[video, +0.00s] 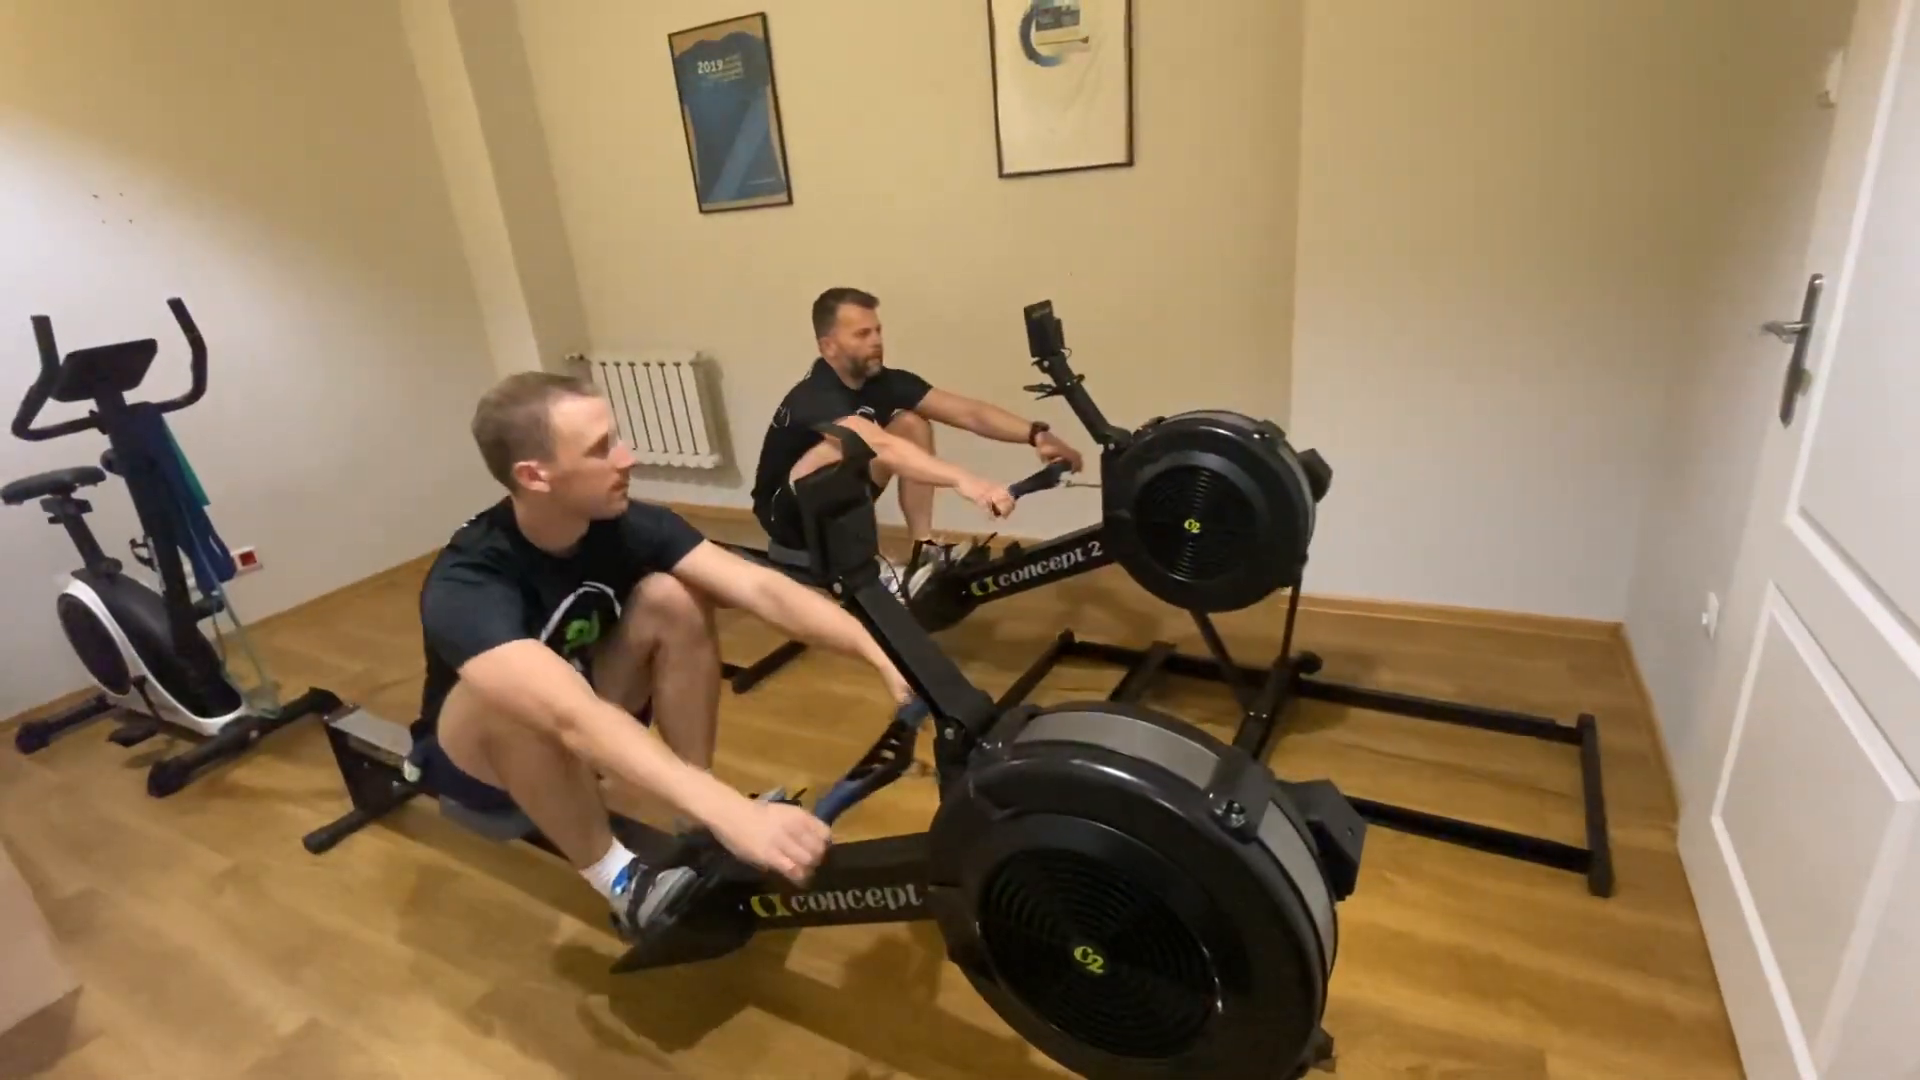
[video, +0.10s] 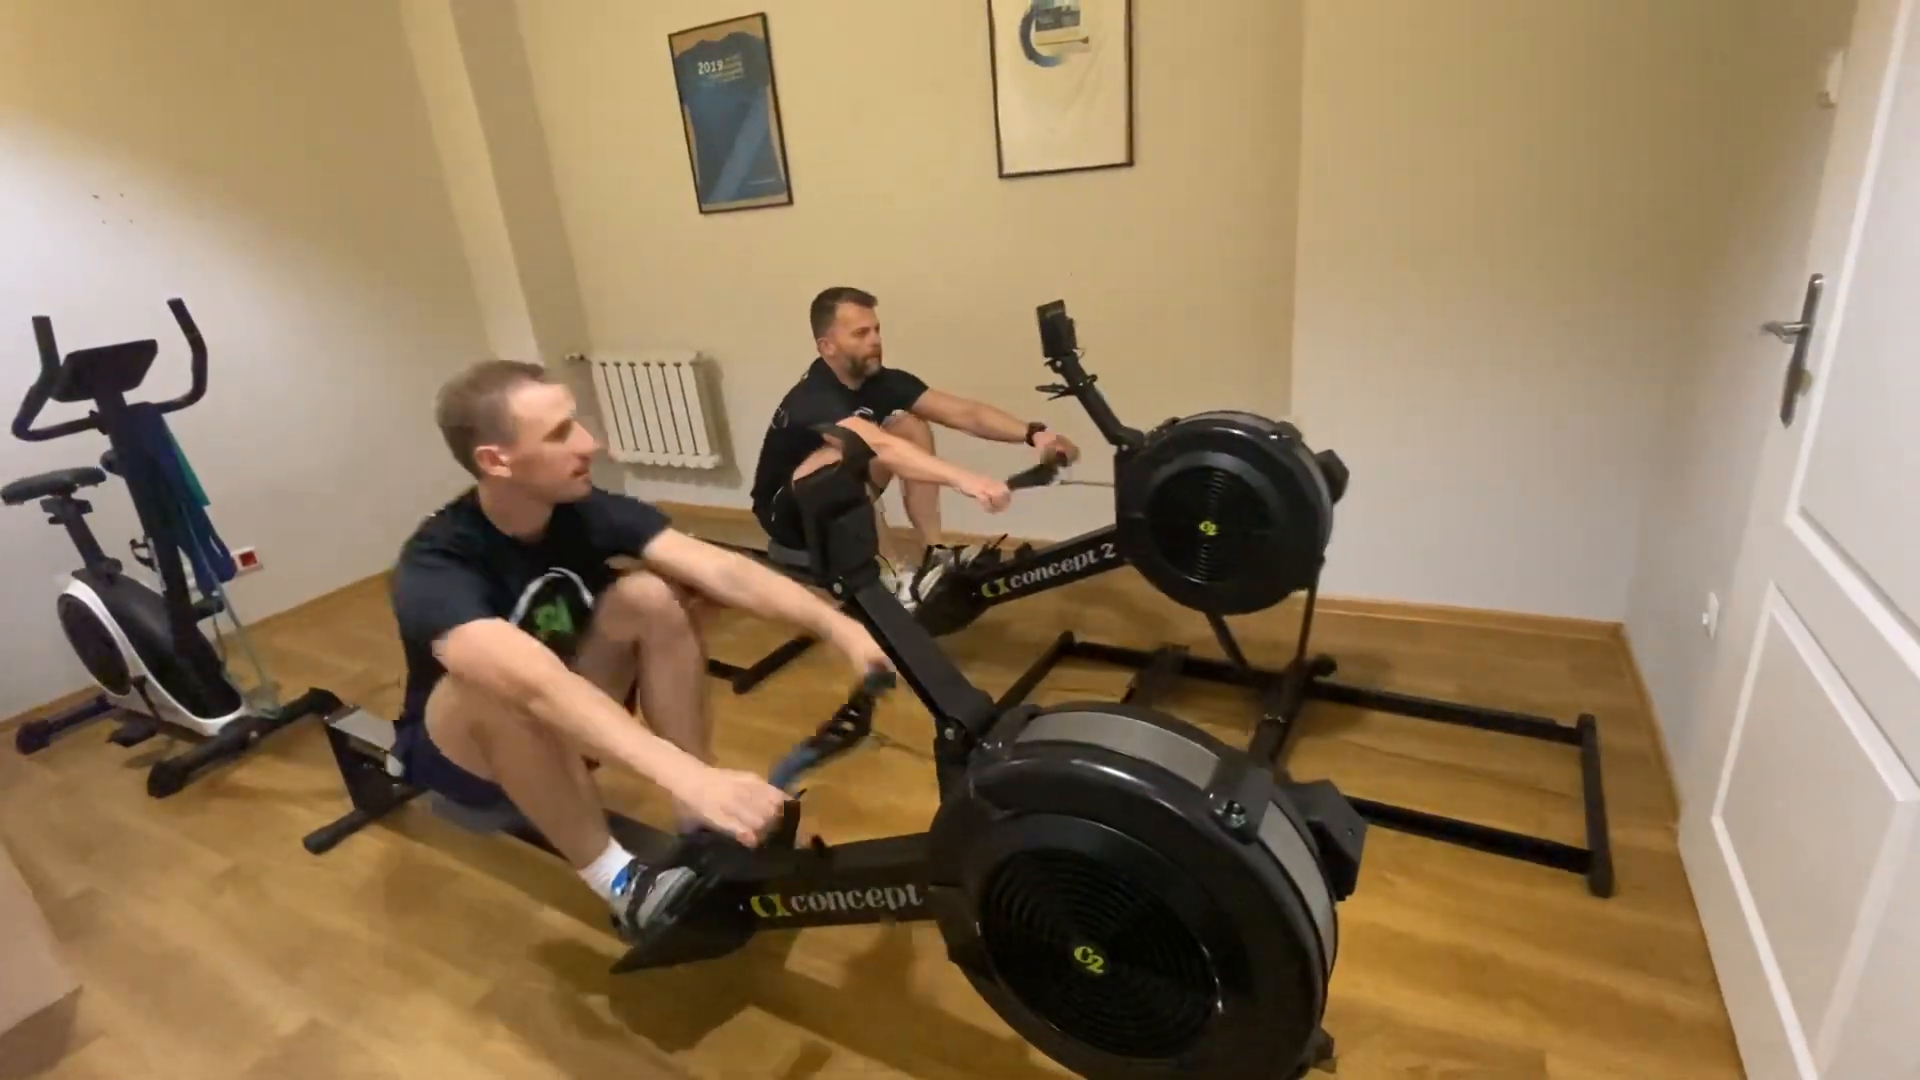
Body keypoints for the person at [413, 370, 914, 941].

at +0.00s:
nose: (627, 458)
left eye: (618, 439)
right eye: (602, 449)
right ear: (535, 475)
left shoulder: (629, 527)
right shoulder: (466, 590)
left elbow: (761, 590)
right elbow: (579, 717)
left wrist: (882, 651)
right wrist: (736, 814)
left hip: (585, 738)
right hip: (485, 786)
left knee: (670, 600)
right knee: (517, 689)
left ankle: (700, 816)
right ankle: (621, 883)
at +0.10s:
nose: (589, 444)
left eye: (577, 424)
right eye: (561, 435)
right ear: (495, 461)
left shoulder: (588, 513)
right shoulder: (436, 567)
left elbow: (717, 570)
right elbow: (538, 686)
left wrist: (838, 626)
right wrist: (693, 781)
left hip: (563, 726)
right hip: (467, 769)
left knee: (650, 598)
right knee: (504, 686)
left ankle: (703, 827)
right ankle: (622, 885)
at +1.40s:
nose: (316, 404)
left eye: (313, 386)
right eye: (290, 393)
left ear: (316, 390)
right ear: (234, 417)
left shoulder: (362, 477)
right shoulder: (209, 526)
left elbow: (467, 549)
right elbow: (179, 664)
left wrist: (511, 570)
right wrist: (287, 675)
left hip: (419, 646)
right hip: (327, 683)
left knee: (542, 693)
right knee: (448, 737)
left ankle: (703, 818)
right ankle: (620, 893)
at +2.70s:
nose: (593, 447)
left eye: (584, 427)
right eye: (563, 437)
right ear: (499, 468)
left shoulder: (604, 518)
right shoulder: (448, 578)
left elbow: (735, 578)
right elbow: (554, 692)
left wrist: (853, 636)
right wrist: (713, 793)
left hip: (569, 734)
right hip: (471, 777)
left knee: (656, 598)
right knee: (511, 683)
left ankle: (709, 833)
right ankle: (628, 887)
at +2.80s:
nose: (546, 430)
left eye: (539, 410)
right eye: (516, 421)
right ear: (453, 449)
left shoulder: (562, 501)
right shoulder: (408, 563)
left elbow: (682, 556)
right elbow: (510, 666)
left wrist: (806, 613)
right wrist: (649, 755)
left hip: (548, 715)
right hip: (448, 758)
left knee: (639, 600)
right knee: (492, 679)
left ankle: (711, 815)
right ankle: (626, 887)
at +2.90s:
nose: (481, 417)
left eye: (478, 395)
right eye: (452, 405)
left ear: (486, 392)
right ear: (393, 430)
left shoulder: (510, 488)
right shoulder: (354, 548)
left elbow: (627, 541)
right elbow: (453, 639)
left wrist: (745, 593)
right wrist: (571, 712)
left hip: (514, 666)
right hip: (412, 717)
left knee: (616, 604)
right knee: (486, 686)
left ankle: (708, 815)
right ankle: (627, 890)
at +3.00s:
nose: (415, 401)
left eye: (416, 382)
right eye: (388, 390)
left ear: (423, 382)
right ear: (332, 414)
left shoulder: (456, 472)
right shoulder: (306, 529)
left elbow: (571, 525)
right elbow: (391, 614)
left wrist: (679, 576)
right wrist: (499, 681)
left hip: (483, 648)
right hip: (382, 696)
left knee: (591, 620)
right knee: (473, 692)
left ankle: (707, 815)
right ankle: (627, 889)